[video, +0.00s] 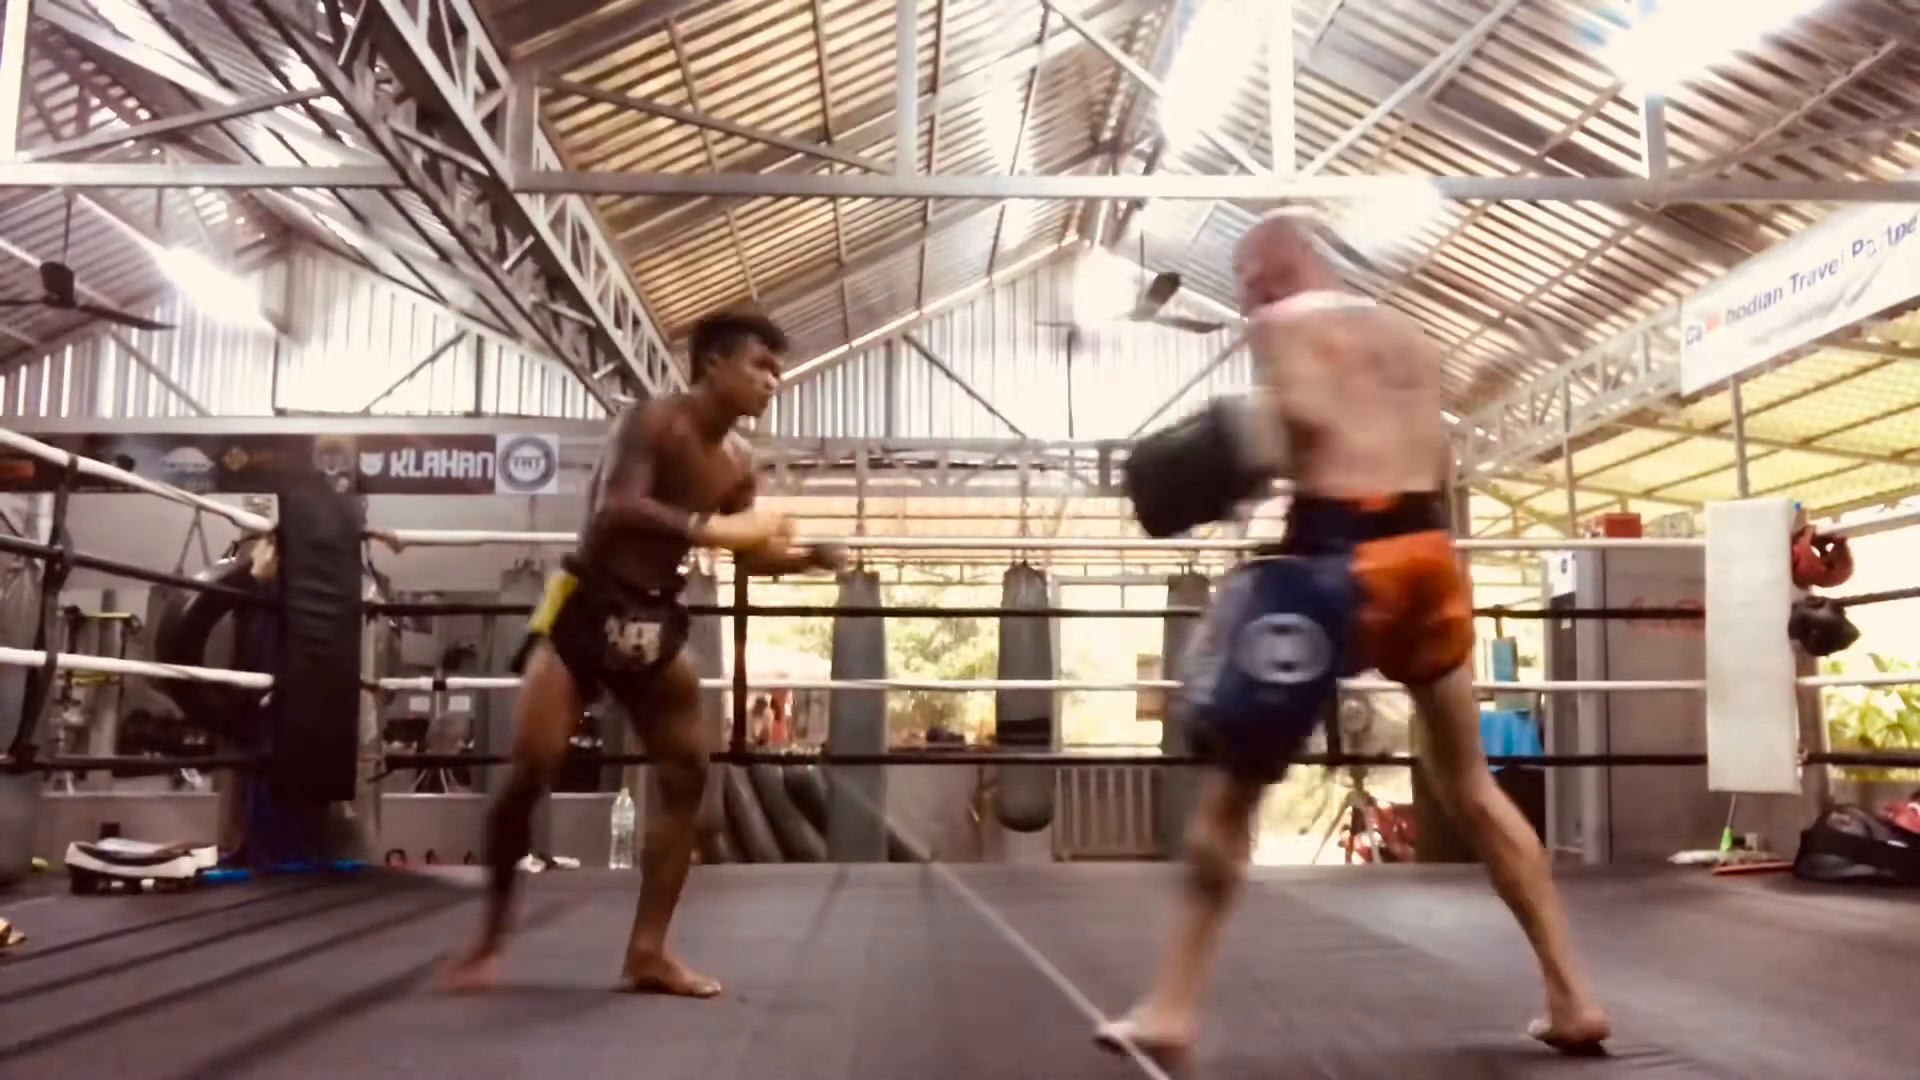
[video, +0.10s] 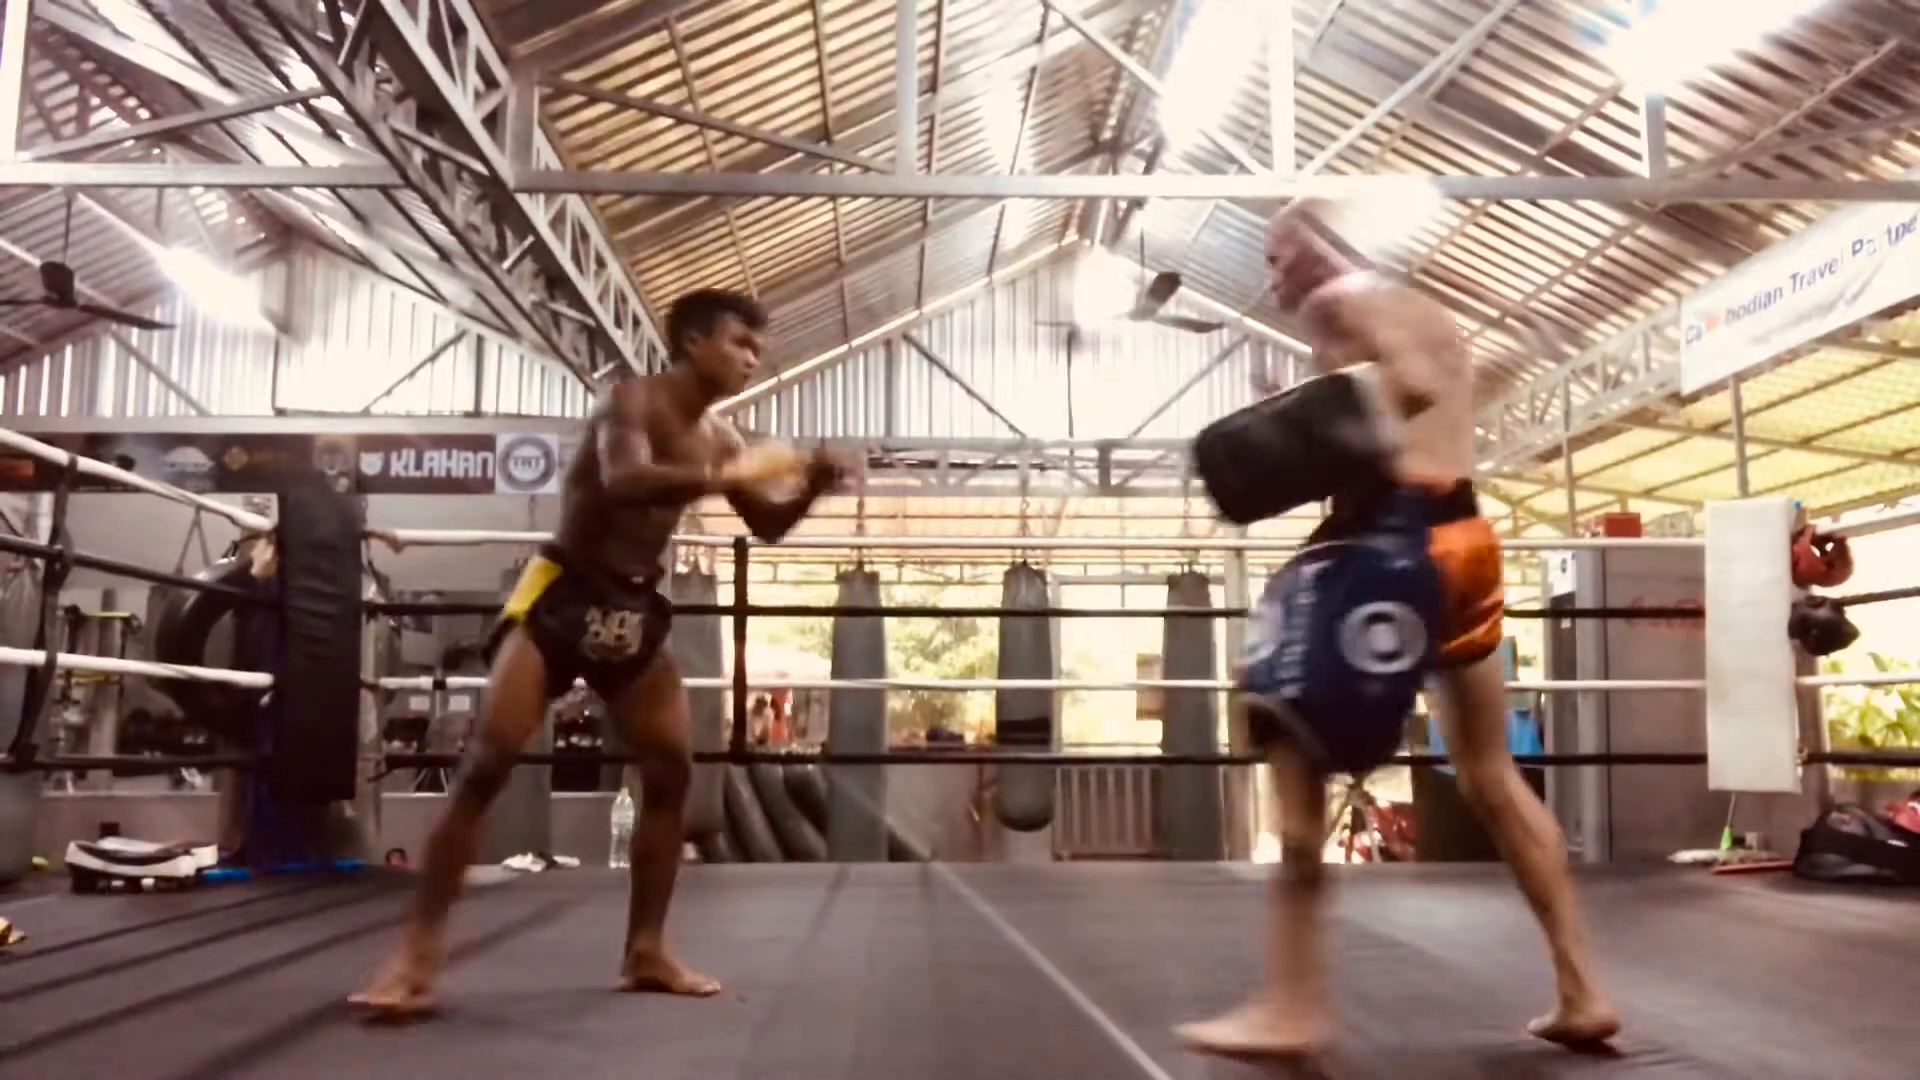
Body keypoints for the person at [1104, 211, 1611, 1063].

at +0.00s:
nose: (1252, 302)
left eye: (1254, 286)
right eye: (1249, 289)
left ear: (1285, 266)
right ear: (1317, 261)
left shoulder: (1284, 322)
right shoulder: (1410, 334)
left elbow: (1298, 430)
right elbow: (1429, 461)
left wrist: (1214, 454)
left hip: (1333, 562)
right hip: (1431, 551)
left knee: (1230, 797)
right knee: (1470, 788)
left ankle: (1171, 1011)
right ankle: (1573, 999)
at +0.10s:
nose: (1286, 287)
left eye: (1288, 268)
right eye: (1280, 273)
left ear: (1317, 249)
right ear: (1350, 247)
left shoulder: (1338, 303)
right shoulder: (1436, 313)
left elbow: (1411, 386)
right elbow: (1454, 396)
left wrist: (1316, 422)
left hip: (1385, 547)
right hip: (1468, 538)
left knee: (1295, 755)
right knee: (1494, 776)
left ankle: (1292, 1002)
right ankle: (1582, 994)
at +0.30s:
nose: (1299, 259)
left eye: (1305, 239)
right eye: (1297, 243)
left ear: (1344, 229)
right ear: (1351, 231)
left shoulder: (1405, 280)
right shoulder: (1395, 304)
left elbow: (1499, 352)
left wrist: (1405, 412)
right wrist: (1359, 398)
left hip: (1459, 535)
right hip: (1489, 534)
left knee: (1422, 767)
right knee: (1536, 766)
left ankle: (1495, 1014)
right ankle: (1624, 985)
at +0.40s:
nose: (1295, 274)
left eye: (1300, 252)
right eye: (1291, 257)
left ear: (1339, 239)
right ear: (1353, 235)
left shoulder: (1403, 284)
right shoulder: (1425, 293)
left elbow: (1508, 357)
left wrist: (1404, 416)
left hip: (1479, 532)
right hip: (1517, 532)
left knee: (1456, 774)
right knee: (1535, 773)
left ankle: (1500, 1024)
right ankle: (1625, 987)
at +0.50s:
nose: (1285, 291)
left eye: (1291, 268)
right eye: (1279, 274)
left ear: (1338, 252)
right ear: (1342, 255)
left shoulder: (1415, 299)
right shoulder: (1430, 307)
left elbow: (1505, 395)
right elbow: (1456, 424)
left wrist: (1396, 442)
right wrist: (1372, 464)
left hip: (1501, 530)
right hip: (1535, 528)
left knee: (1462, 770)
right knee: (1532, 772)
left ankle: (1500, 1026)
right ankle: (1619, 974)